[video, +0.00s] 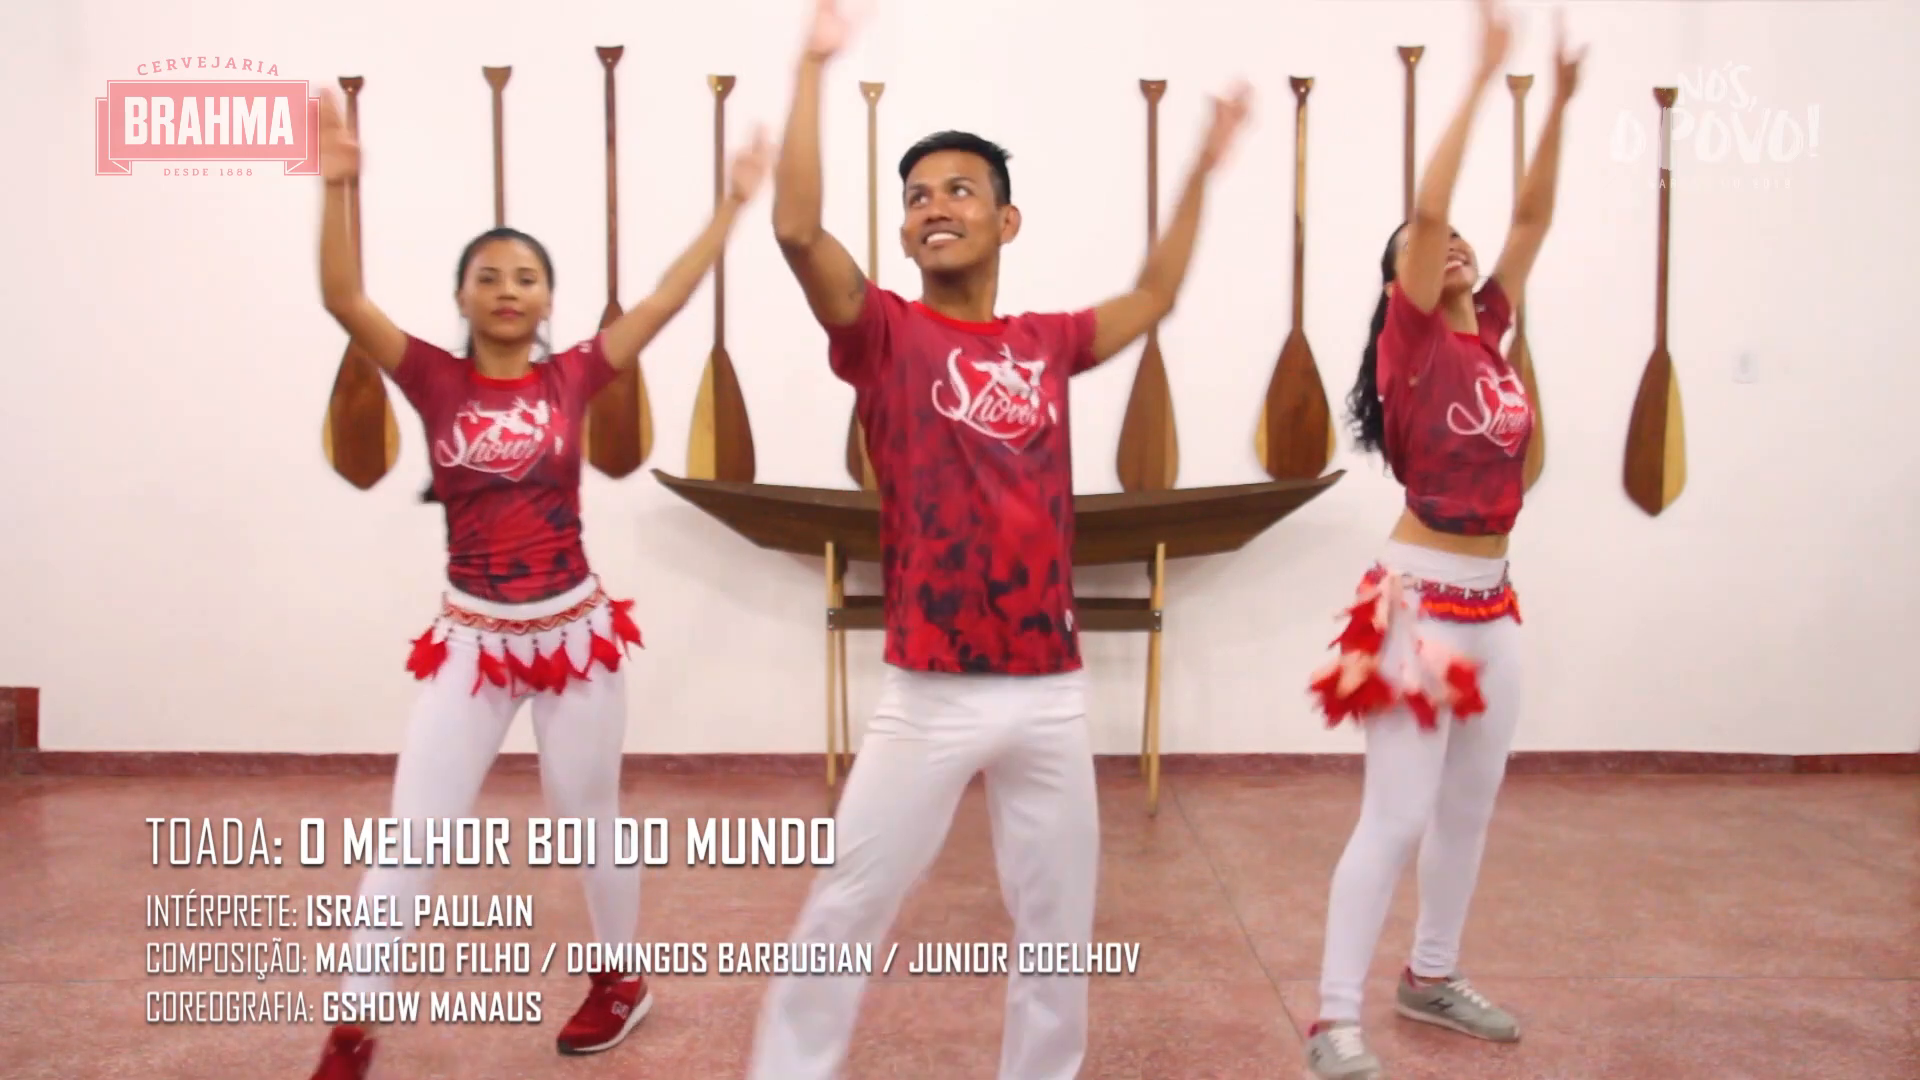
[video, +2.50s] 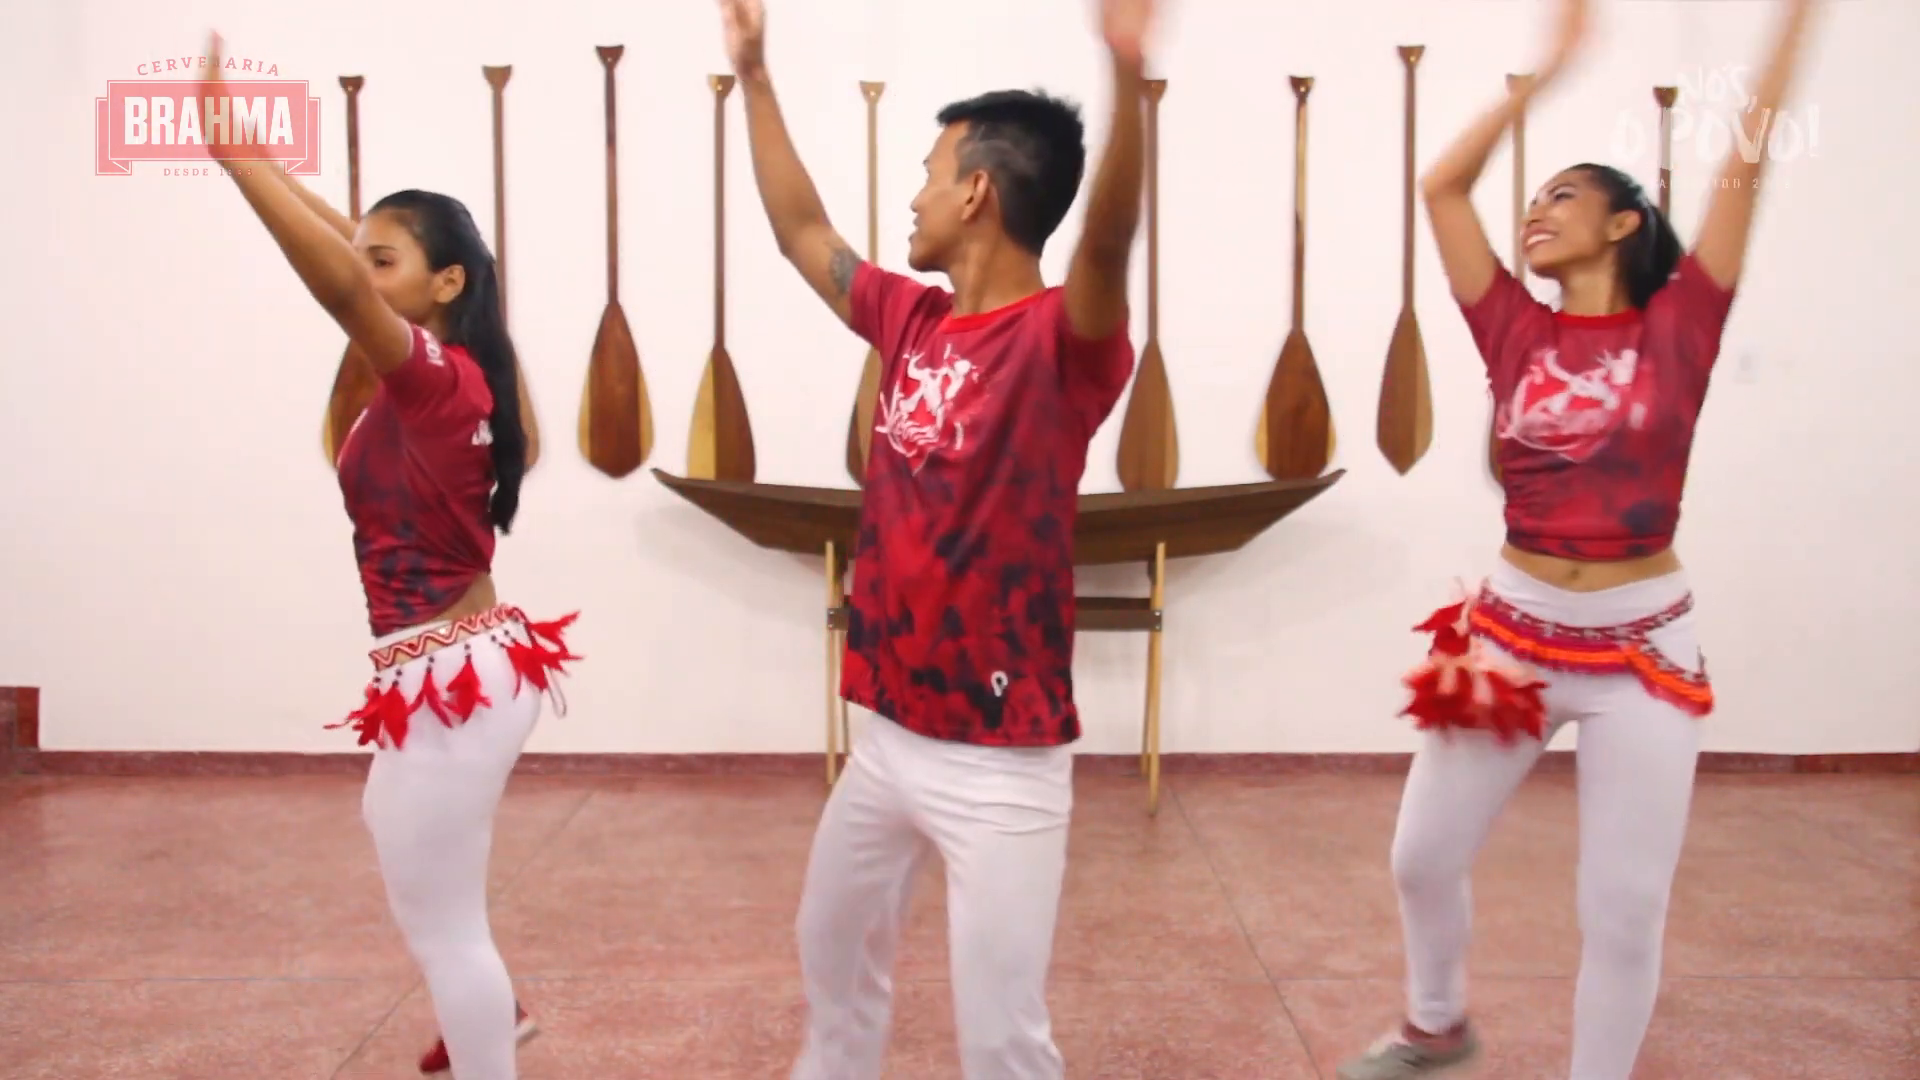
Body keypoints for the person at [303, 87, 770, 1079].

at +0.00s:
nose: (506, 290)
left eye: (524, 278)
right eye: (490, 276)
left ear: (548, 299)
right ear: (462, 297)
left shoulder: (575, 375)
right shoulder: (435, 380)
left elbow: (665, 299)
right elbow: (343, 297)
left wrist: (733, 203)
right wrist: (340, 183)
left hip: (575, 639)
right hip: (472, 641)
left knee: (592, 826)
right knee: (413, 834)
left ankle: (619, 978)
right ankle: (354, 1021)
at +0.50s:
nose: (369, 282)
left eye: (389, 271)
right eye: (350, 268)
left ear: (416, 296)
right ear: (321, 292)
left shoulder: (437, 376)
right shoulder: (284, 377)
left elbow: (540, 298)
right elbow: (152, 311)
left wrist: (480, 218)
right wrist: (42, 220)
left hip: (431, 650)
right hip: (322, 659)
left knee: (513, 837)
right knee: (326, 866)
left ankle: (516, 967)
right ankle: (337, 1051)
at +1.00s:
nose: (313, 298)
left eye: (335, 283)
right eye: (302, 281)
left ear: (375, 302)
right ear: (285, 297)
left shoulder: (403, 387)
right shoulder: (253, 391)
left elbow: (489, 317)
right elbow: (101, 377)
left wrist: (368, 282)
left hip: (389, 673)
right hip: (276, 677)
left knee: (375, 869)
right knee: (301, 881)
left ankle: (403, 1019)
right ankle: (333, 1056)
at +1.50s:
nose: (330, 271)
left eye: (353, 258)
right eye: (318, 254)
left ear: (398, 281)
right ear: (298, 269)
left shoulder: (400, 380)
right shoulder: (295, 359)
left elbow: (381, 272)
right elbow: (195, 276)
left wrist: (302, 130)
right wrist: (136, 151)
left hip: (384, 667)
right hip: (294, 670)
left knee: (373, 891)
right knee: (311, 884)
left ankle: (459, 1077)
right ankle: (342, 1058)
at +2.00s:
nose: (373, 290)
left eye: (394, 273)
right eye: (365, 272)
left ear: (452, 288)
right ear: (353, 281)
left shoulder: (455, 393)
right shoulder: (370, 361)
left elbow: (436, 313)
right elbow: (312, 284)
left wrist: (388, 183)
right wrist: (292, 213)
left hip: (458, 692)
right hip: (390, 690)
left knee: (447, 940)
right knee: (281, 846)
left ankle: (483, 1079)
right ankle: (434, 989)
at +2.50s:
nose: (363, 276)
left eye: (383, 259)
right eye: (361, 257)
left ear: (446, 285)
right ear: (426, 292)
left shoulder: (436, 382)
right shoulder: (434, 375)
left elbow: (341, 283)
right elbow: (352, 254)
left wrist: (238, 156)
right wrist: (254, 159)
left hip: (450, 687)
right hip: (445, 676)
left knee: (444, 933)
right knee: (443, 902)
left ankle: (488, 1072)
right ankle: (493, 1017)